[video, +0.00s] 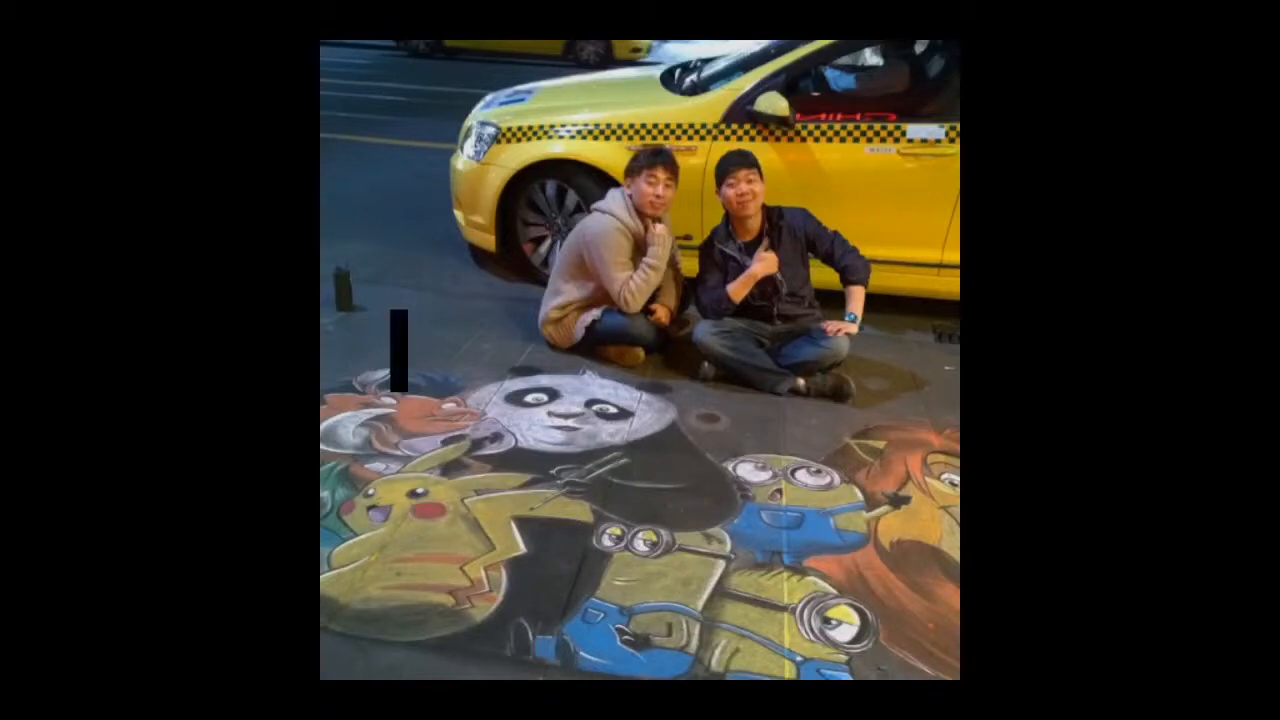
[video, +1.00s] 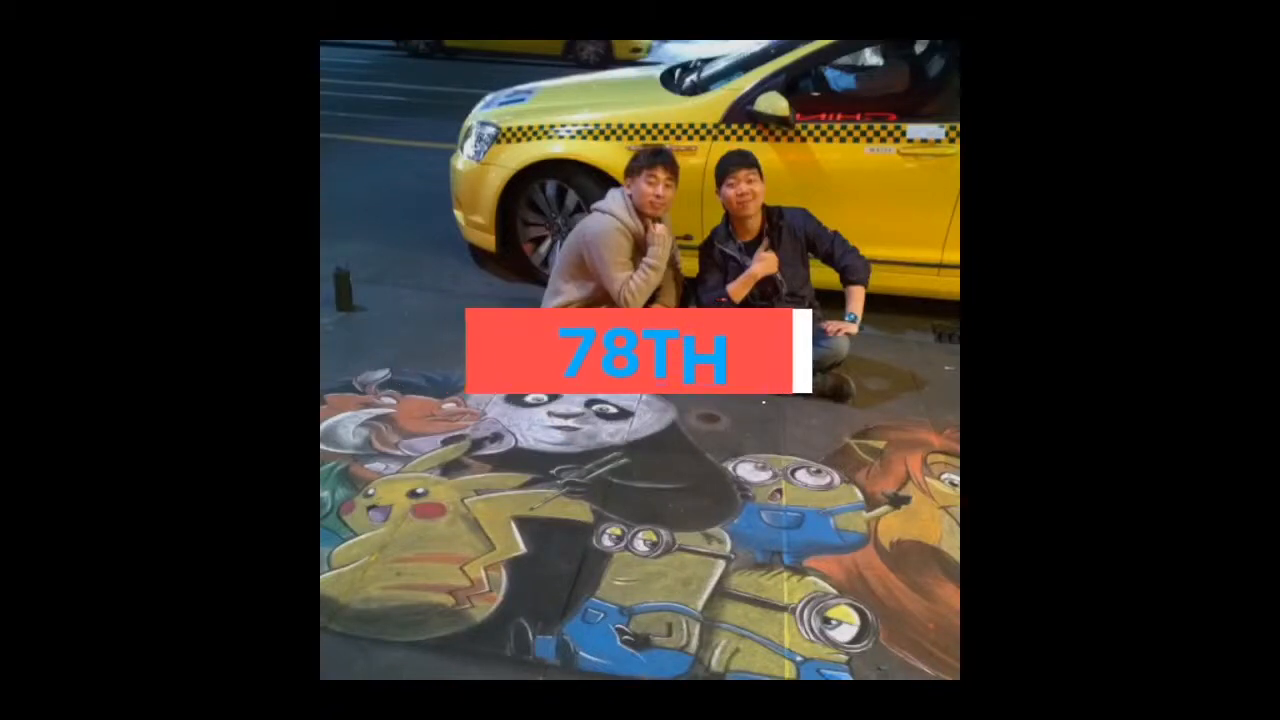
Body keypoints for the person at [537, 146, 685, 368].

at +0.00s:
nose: (660, 193)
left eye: (668, 185)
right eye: (651, 182)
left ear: (675, 193)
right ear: (629, 184)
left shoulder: (656, 221)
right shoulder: (605, 227)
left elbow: (670, 269)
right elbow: (629, 301)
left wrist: (665, 304)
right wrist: (658, 251)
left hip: (607, 305)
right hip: (566, 320)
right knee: (638, 327)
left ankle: (622, 346)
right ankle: (669, 334)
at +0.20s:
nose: (660, 193)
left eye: (668, 185)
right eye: (651, 182)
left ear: (674, 193)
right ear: (629, 185)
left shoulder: (657, 220)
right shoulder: (605, 227)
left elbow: (670, 270)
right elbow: (629, 301)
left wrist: (665, 304)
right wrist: (658, 251)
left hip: (613, 303)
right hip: (574, 307)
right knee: (636, 327)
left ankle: (623, 345)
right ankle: (671, 332)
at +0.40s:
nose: (660, 193)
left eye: (668, 185)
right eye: (651, 183)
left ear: (675, 192)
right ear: (629, 185)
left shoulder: (656, 219)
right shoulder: (604, 228)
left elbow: (669, 267)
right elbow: (629, 300)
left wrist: (664, 303)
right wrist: (658, 251)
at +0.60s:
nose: (660, 193)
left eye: (668, 185)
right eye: (651, 183)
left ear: (675, 192)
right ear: (629, 184)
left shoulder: (656, 220)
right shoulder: (604, 228)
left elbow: (669, 270)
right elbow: (628, 300)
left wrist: (663, 306)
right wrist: (658, 251)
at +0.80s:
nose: (660, 193)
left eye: (668, 185)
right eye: (651, 183)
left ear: (675, 192)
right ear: (629, 184)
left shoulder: (656, 222)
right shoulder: (604, 228)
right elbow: (628, 300)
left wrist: (662, 305)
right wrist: (658, 252)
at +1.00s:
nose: (660, 193)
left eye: (668, 185)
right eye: (651, 183)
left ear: (675, 192)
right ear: (629, 184)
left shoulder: (656, 221)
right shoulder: (604, 228)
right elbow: (628, 300)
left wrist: (662, 306)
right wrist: (658, 252)